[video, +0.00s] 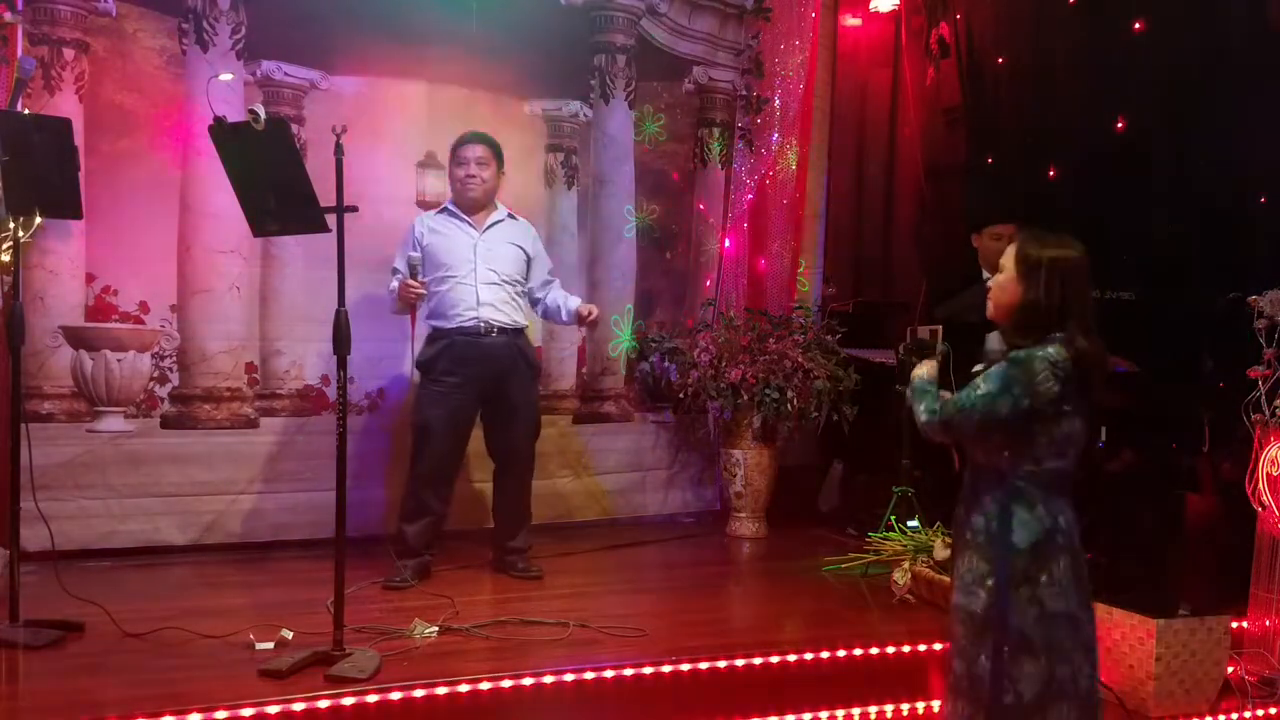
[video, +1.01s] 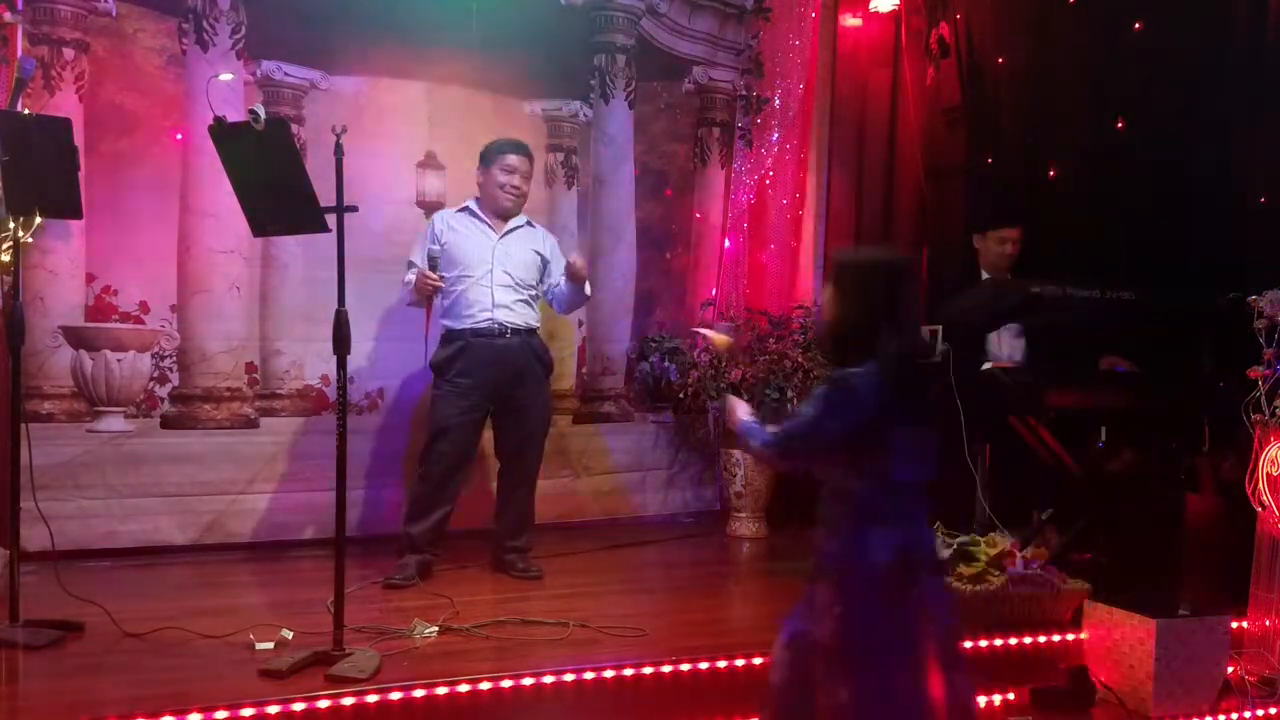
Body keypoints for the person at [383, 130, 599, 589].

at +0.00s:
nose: (470, 172)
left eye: (481, 164)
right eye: (462, 163)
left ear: (499, 174)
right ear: (450, 173)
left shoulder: (522, 231)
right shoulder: (426, 226)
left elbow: (543, 292)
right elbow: (399, 289)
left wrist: (574, 308)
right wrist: (404, 292)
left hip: (511, 353)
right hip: (449, 353)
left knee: (516, 457)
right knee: (433, 455)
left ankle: (512, 551)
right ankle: (413, 557)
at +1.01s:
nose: (516, 182)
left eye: (524, 176)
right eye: (507, 171)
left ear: (531, 184)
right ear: (482, 175)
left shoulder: (542, 239)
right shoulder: (446, 224)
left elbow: (562, 302)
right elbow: (414, 282)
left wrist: (578, 283)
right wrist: (420, 285)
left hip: (523, 355)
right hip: (465, 353)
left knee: (523, 460)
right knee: (444, 453)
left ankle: (514, 550)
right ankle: (417, 553)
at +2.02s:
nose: (451, 175)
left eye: (461, 168)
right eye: (441, 164)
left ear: (469, 179)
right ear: (418, 172)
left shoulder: (478, 236)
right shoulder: (389, 221)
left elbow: (501, 304)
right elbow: (359, 289)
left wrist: (555, 312)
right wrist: (377, 282)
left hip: (469, 351)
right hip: (410, 350)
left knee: (496, 446)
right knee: (412, 454)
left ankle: (503, 550)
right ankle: (418, 554)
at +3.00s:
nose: (527, 171)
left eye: (538, 163)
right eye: (518, 163)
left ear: (555, 173)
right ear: (503, 171)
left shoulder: (573, 226)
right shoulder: (480, 224)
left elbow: (586, 286)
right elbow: (460, 291)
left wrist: (588, 304)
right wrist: (456, 290)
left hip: (553, 355)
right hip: (492, 356)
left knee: (556, 464)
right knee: (473, 459)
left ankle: (547, 562)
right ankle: (462, 558)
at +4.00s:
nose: (489, 178)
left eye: (497, 170)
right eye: (478, 168)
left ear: (505, 179)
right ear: (455, 174)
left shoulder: (520, 235)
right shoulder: (425, 229)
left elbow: (539, 295)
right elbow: (397, 295)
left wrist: (528, 332)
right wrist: (417, 296)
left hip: (503, 352)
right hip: (446, 353)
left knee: (498, 452)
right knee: (438, 455)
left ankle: (491, 554)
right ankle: (432, 558)